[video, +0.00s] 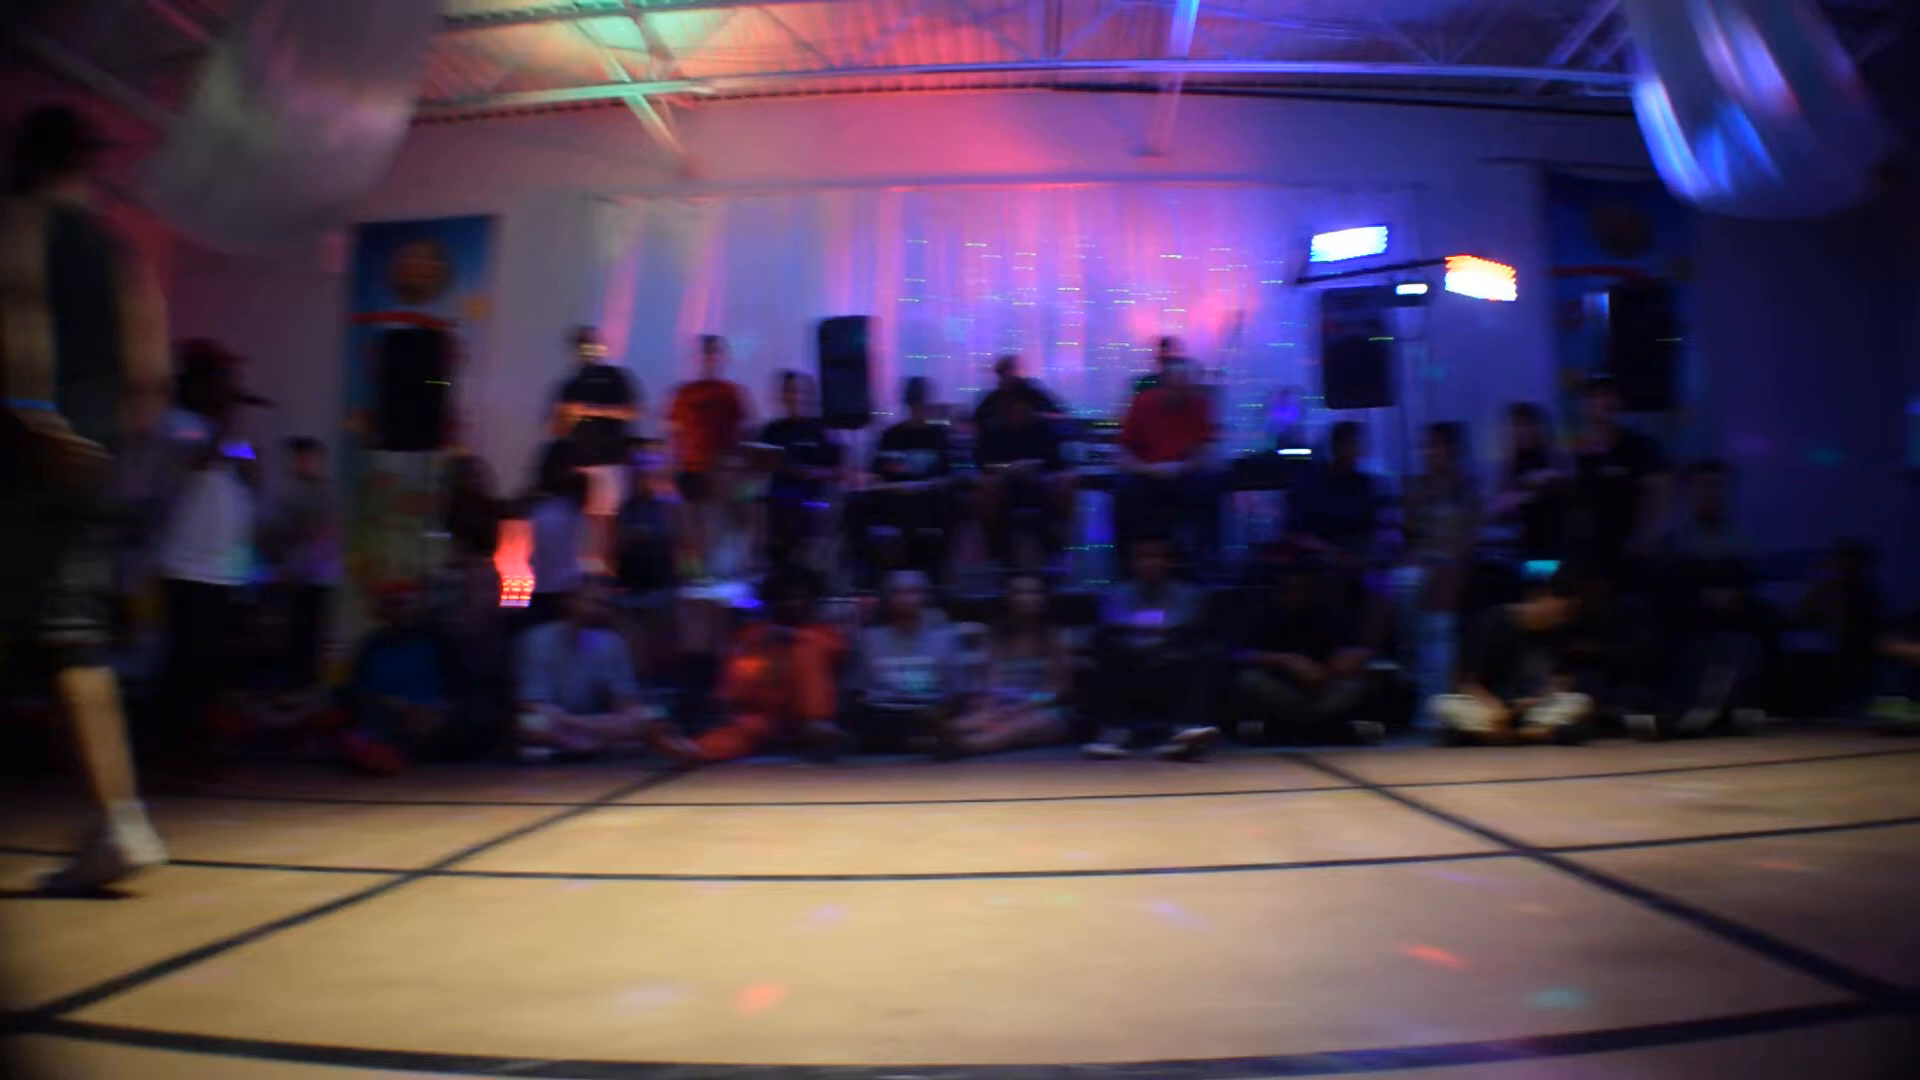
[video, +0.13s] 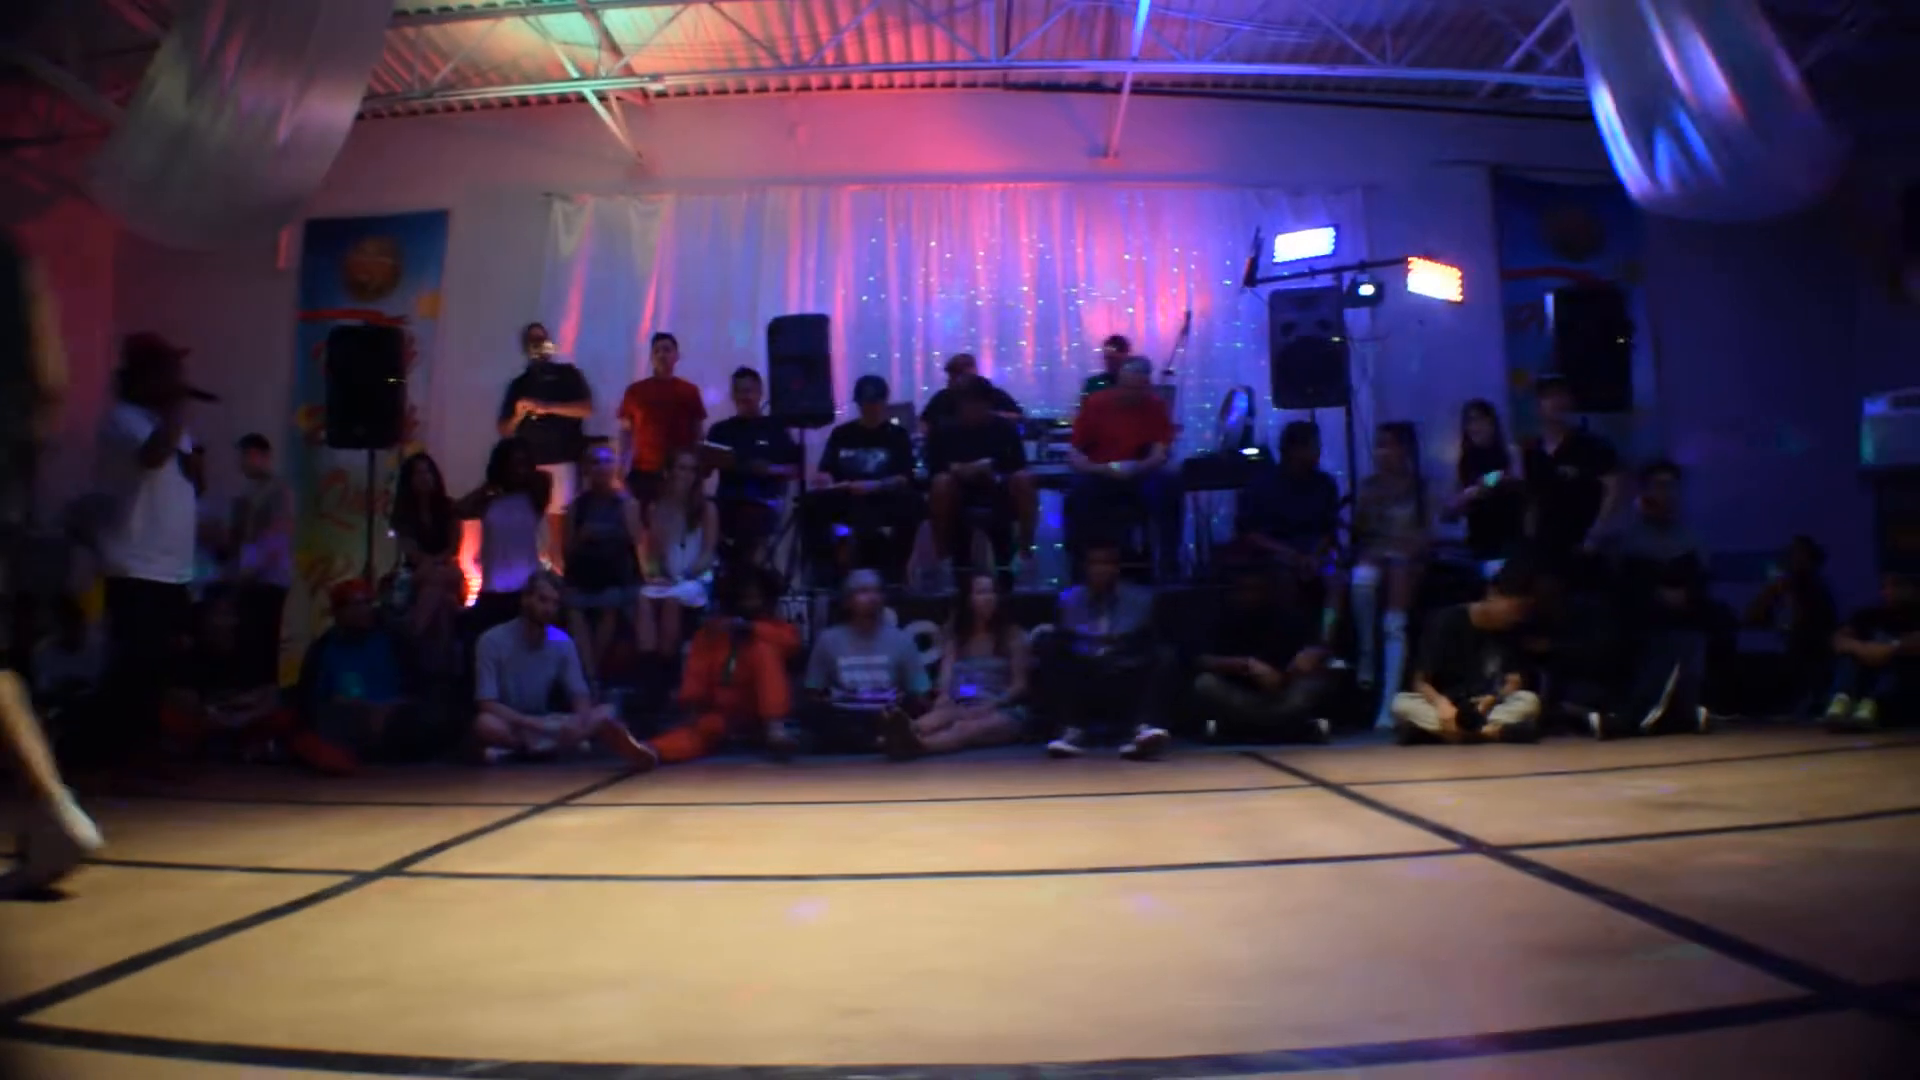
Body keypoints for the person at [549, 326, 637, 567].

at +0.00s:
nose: (589, 353)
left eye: (593, 347)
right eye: (584, 348)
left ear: (601, 349)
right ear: (577, 350)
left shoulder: (615, 378)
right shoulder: (573, 383)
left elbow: (632, 412)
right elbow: (559, 428)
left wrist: (592, 410)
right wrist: (571, 415)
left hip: (610, 457)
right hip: (580, 458)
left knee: (607, 512)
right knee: (585, 514)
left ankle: (607, 562)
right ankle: (587, 563)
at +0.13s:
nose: (538, 345)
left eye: (541, 339)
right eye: (532, 340)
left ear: (550, 342)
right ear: (525, 346)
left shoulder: (568, 374)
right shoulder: (519, 383)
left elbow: (585, 409)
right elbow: (505, 429)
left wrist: (547, 409)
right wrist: (518, 416)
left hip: (562, 458)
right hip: (529, 460)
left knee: (558, 518)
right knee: (529, 518)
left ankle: (560, 571)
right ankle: (532, 572)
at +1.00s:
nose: (547, 348)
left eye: (550, 343)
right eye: (540, 344)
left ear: (558, 347)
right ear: (531, 351)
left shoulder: (577, 377)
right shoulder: (525, 388)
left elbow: (595, 412)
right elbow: (513, 433)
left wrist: (559, 412)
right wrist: (528, 419)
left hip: (572, 459)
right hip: (538, 461)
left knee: (574, 520)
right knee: (536, 517)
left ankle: (579, 574)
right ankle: (538, 575)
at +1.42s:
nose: (551, 347)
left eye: (554, 342)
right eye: (544, 343)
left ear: (561, 346)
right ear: (535, 350)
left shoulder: (579, 376)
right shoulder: (528, 388)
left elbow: (598, 411)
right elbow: (516, 433)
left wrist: (561, 412)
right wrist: (530, 420)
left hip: (575, 459)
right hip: (542, 462)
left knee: (577, 521)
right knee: (541, 521)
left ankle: (582, 575)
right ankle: (543, 578)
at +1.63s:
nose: (551, 348)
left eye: (554, 342)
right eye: (544, 344)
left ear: (561, 346)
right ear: (535, 351)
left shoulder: (579, 377)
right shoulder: (528, 388)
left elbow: (598, 413)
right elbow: (516, 434)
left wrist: (561, 412)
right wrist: (530, 421)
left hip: (575, 459)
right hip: (541, 463)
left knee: (576, 522)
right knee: (542, 521)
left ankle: (582, 576)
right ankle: (543, 579)